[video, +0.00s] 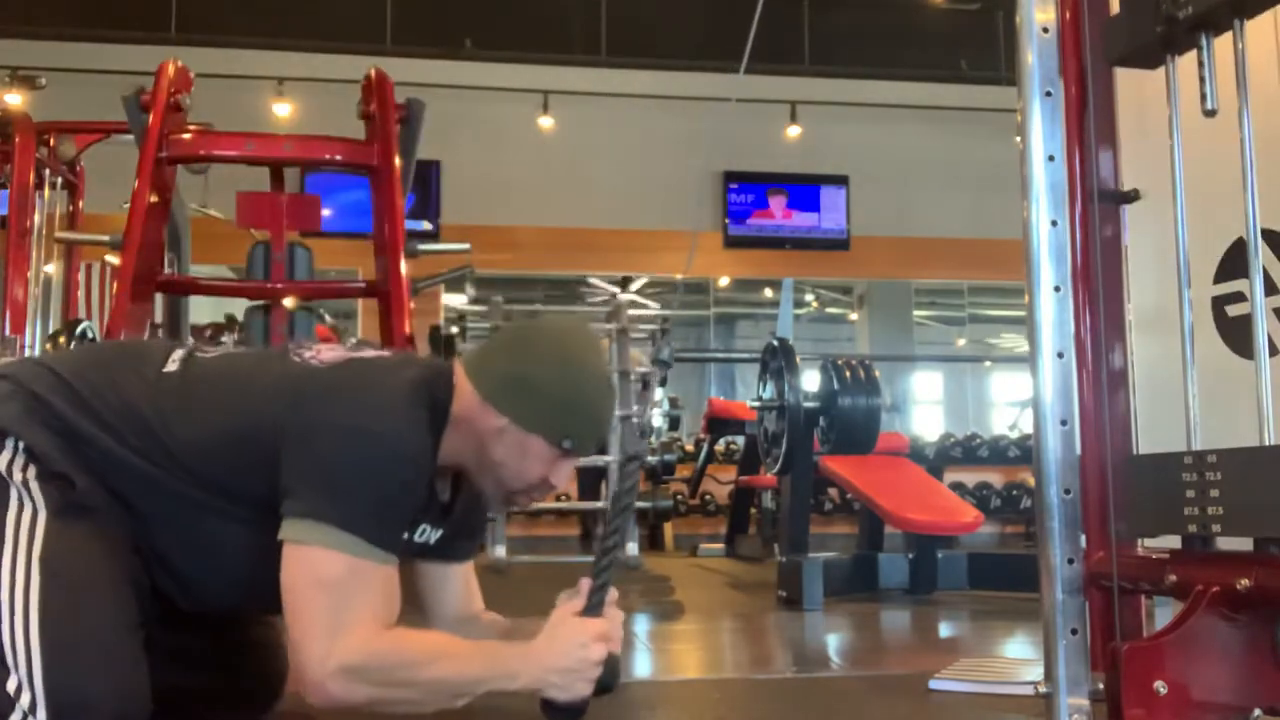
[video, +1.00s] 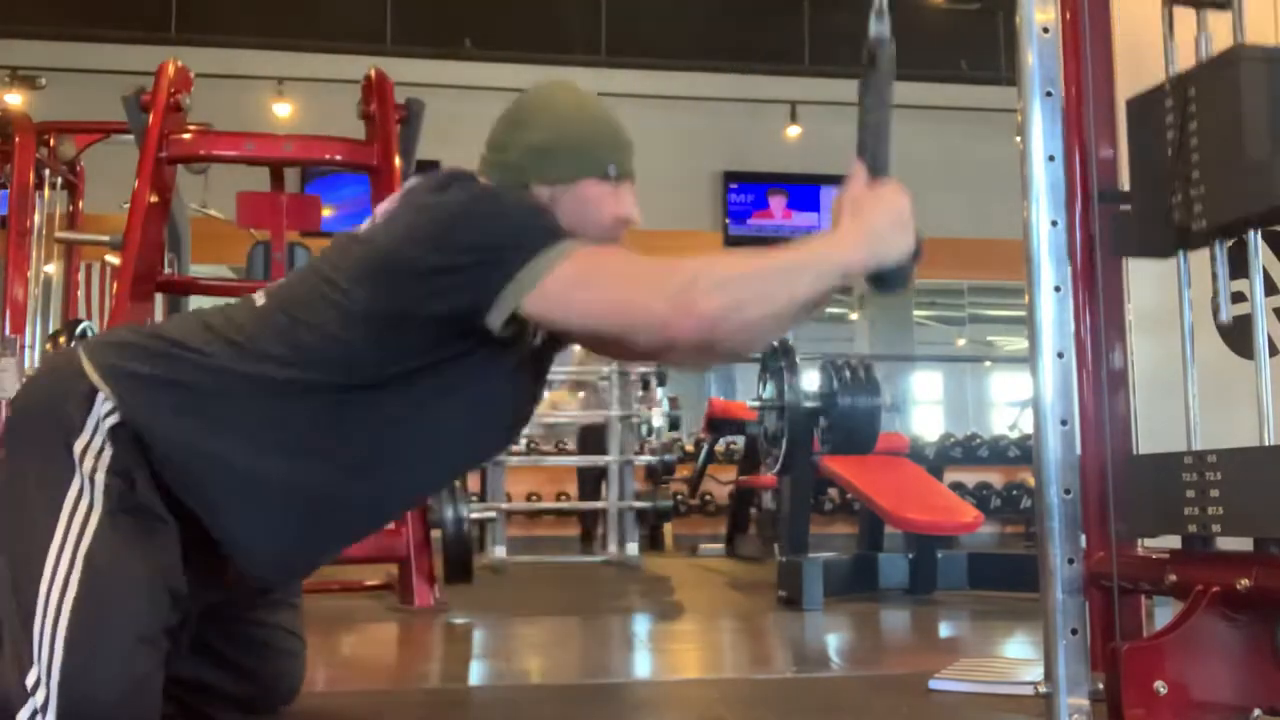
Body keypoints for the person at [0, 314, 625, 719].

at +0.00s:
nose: (564, 482)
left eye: (577, 461)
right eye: (563, 451)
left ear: (506, 417)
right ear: (505, 415)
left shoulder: (458, 464)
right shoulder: (369, 427)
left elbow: (455, 625)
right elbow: (336, 667)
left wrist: (549, 646)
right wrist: (528, 662)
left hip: (168, 500)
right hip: (46, 449)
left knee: (238, 685)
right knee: (82, 703)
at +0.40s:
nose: (600, 440)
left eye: (610, 416)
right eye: (595, 410)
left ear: (543, 395)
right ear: (528, 384)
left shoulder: (496, 441)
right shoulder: (410, 410)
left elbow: (534, 594)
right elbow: (460, 643)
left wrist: (654, 628)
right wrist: (649, 627)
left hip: (170, 497)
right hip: (55, 450)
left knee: (247, 677)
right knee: (80, 697)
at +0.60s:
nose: (630, 379)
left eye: (636, 357)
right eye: (619, 354)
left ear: (554, 339)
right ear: (545, 337)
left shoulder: (521, 396)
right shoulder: (447, 367)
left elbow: (591, 541)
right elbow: (555, 575)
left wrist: (737, 537)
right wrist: (737, 549)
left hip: (206, 502)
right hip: (82, 447)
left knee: (250, 679)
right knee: (83, 696)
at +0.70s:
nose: (635, 347)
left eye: (638, 323)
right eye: (623, 319)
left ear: (566, 309)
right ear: (549, 301)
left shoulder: (521, 369)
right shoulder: (457, 329)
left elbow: (608, 500)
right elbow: (605, 519)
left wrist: (755, 488)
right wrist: (778, 487)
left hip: (196, 498)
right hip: (84, 445)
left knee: (253, 674)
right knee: (81, 694)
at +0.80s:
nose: (636, 300)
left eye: (638, 278)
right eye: (625, 275)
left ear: (554, 265)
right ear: (555, 264)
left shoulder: (511, 329)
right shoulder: (465, 299)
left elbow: (630, 442)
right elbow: (645, 459)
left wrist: (783, 429)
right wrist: (818, 415)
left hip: (188, 493)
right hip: (85, 438)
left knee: (252, 670)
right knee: (78, 695)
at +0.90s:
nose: (639, 260)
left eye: (639, 237)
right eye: (626, 235)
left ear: (554, 229)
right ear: (558, 223)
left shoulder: (512, 311)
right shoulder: (465, 260)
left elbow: (664, 395)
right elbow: (667, 380)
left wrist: (811, 349)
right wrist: (839, 335)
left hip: (211, 498)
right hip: (100, 433)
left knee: (253, 682)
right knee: (78, 702)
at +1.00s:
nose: (632, 212)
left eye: (628, 185)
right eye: (616, 187)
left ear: (555, 192)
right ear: (556, 186)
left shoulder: (521, 273)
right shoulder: (466, 223)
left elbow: (674, 305)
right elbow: (688, 316)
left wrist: (830, 251)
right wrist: (846, 248)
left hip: (230, 506)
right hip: (114, 435)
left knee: (249, 688)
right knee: (77, 699)